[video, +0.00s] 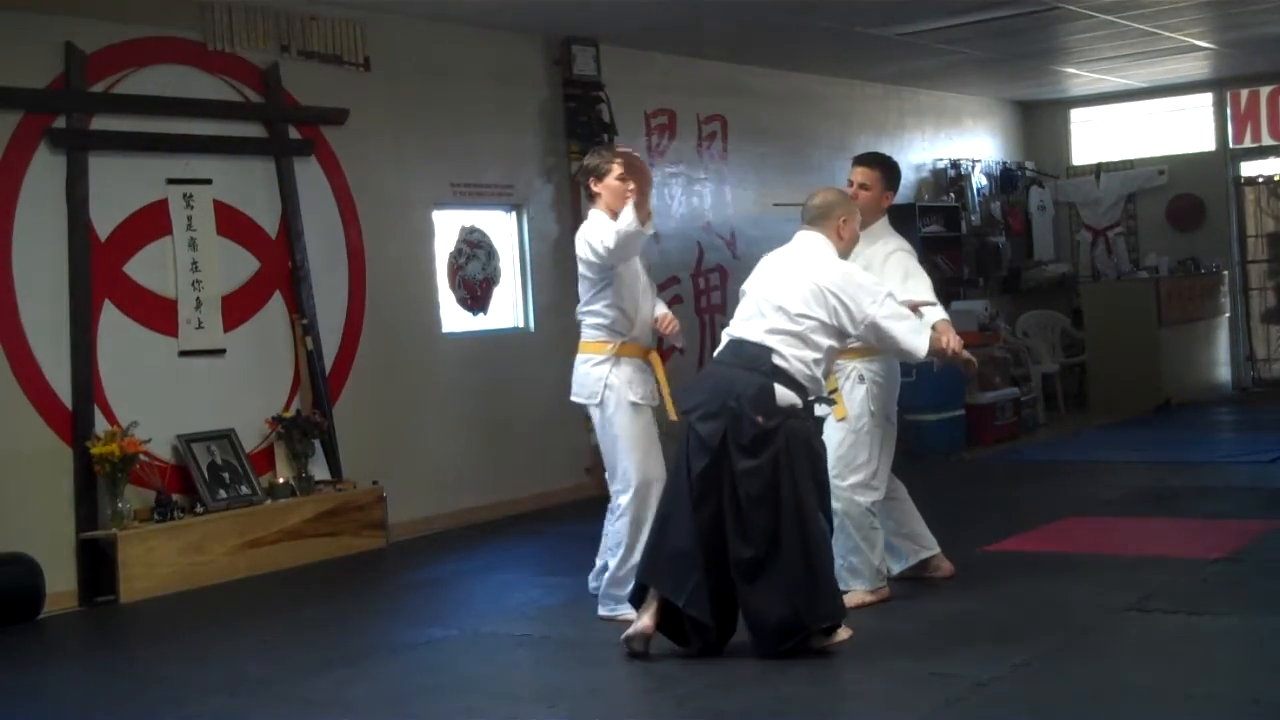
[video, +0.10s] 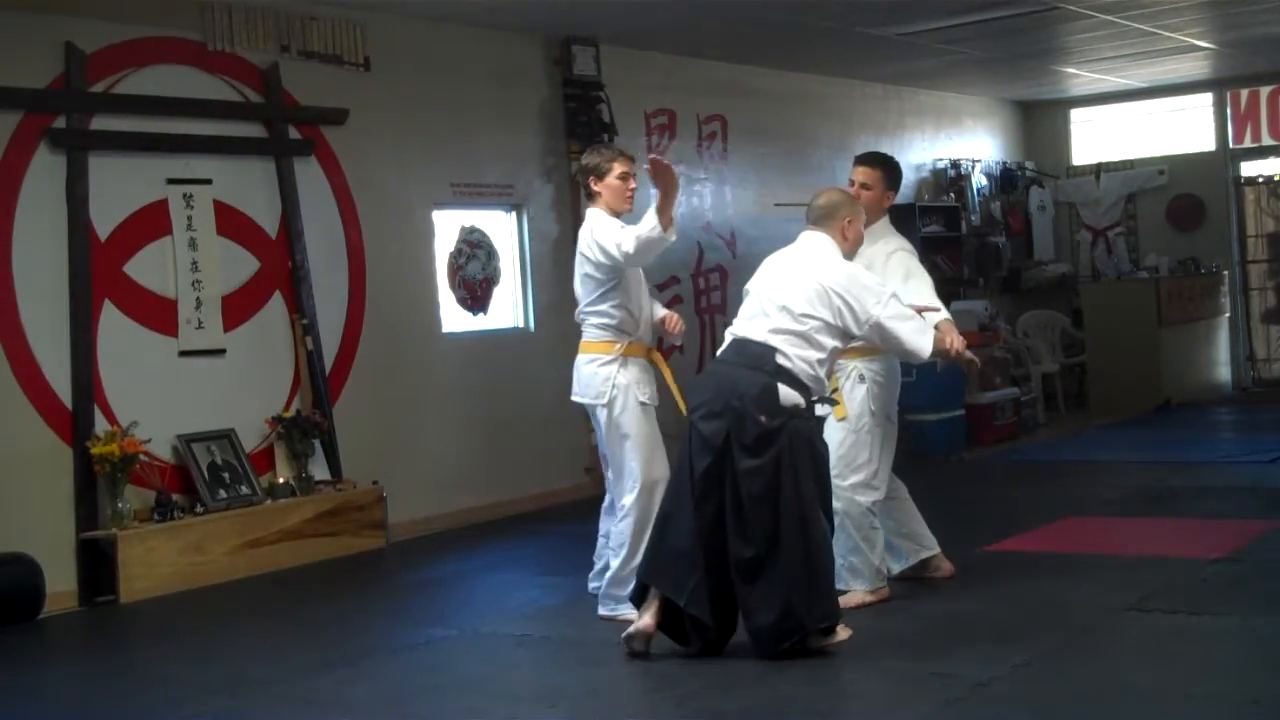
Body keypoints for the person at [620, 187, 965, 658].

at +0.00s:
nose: (856, 236)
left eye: (855, 228)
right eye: (856, 228)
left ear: (808, 223)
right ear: (844, 227)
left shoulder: (771, 261)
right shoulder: (845, 277)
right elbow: (910, 336)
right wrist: (941, 346)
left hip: (714, 381)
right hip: (774, 393)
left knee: (693, 502)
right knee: (802, 513)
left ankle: (650, 612)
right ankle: (815, 624)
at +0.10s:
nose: (860, 237)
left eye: (859, 228)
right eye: (860, 229)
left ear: (811, 223)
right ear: (848, 227)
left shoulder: (774, 262)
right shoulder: (848, 277)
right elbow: (911, 335)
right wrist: (943, 344)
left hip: (716, 380)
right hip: (776, 392)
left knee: (695, 501)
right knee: (802, 513)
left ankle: (652, 611)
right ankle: (811, 624)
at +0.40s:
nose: (855, 236)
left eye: (854, 228)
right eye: (854, 228)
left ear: (805, 223)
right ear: (842, 226)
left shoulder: (767, 259)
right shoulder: (847, 278)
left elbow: (744, 307)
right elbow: (909, 339)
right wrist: (939, 352)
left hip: (717, 378)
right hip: (779, 391)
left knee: (698, 501)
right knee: (800, 514)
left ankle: (661, 608)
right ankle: (810, 625)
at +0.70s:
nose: (810, 223)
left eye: (809, 215)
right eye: (809, 216)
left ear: (754, 217)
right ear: (797, 218)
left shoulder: (719, 262)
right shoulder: (809, 275)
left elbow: (707, 325)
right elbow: (856, 350)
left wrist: (797, 349)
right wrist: (871, 368)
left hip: (702, 391)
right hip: (766, 397)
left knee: (696, 512)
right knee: (794, 512)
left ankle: (683, 632)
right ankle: (819, 622)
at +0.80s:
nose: (784, 222)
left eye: (781, 215)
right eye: (783, 216)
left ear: (731, 218)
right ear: (775, 218)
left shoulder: (695, 265)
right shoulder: (791, 273)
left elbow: (682, 329)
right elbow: (823, 345)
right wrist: (839, 375)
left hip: (690, 400)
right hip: (758, 402)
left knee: (687, 520)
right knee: (785, 516)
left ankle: (685, 640)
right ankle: (814, 624)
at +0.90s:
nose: (761, 223)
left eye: (755, 215)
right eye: (759, 216)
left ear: (708, 219)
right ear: (753, 219)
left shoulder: (672, 268)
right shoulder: (775, 274)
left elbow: (657, 335)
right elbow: (809, 355)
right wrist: (806, 374)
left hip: (678, 405)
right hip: (744, 407)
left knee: (679, 523)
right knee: (770, 518)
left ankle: (684, 643)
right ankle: (810, 624)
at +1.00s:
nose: (738, 221)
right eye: (737, 214)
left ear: (685, 219)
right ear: (733, 216)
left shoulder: (650, 276)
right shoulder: (761, 273)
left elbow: (631, 360)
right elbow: (791, 354)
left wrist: (673, 372)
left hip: (668, 410)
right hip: (737, 409)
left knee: (675, 526)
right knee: (755, 519)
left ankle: (683, 644)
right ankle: (792, 625)